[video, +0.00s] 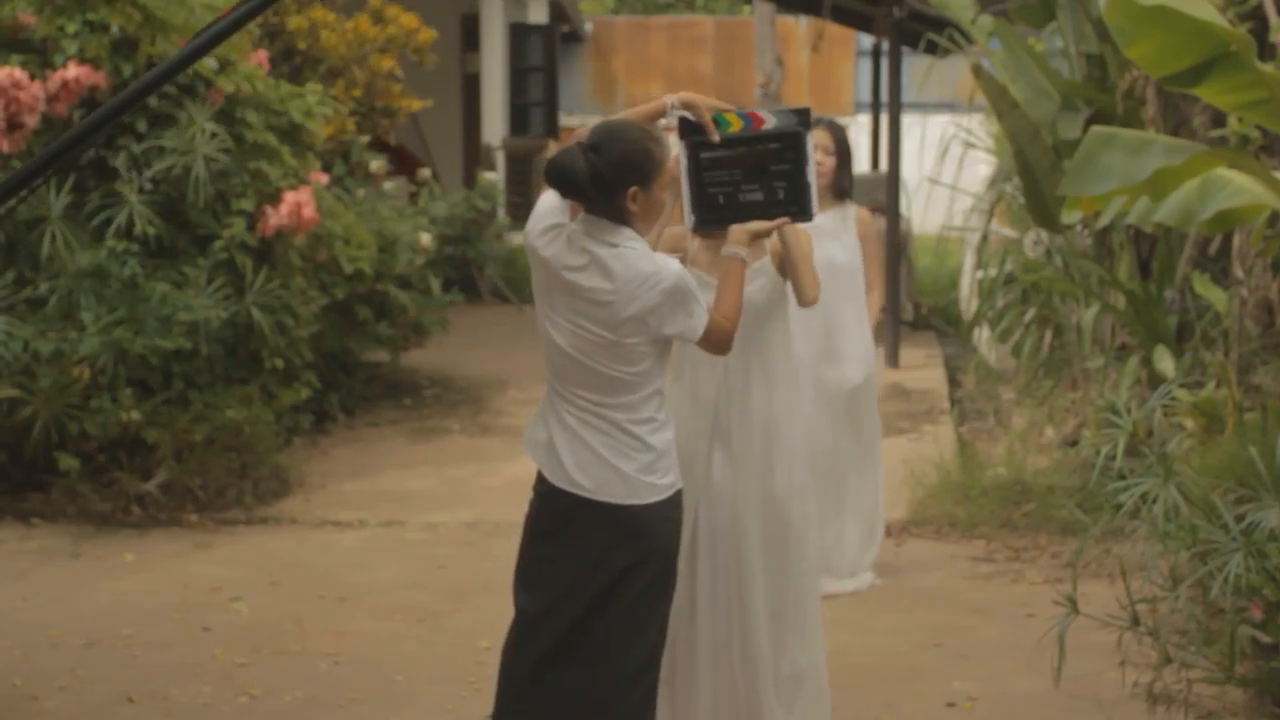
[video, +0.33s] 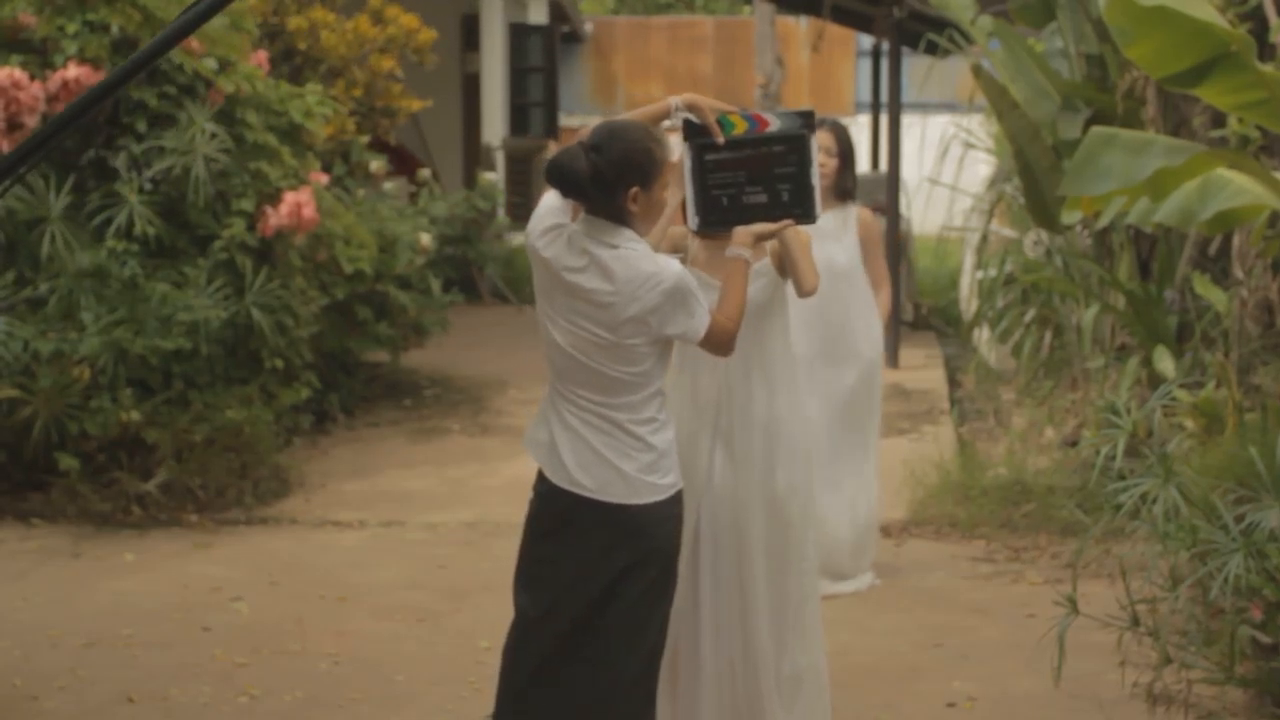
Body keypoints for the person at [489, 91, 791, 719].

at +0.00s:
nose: (672, 191)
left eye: (671, 180)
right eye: (666, 184)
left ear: (594, 192)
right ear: (634, 197)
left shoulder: (548, 232)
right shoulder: (654, 277)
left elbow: (574, 155)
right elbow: (718, 334)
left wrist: (653, 113)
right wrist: (737, 252)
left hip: (561, 480)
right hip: (638, 491)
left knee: (537, 650)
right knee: (623, 666)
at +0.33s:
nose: (671, 192)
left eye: (671, 180)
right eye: (665, 183)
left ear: (594, 194)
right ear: (634, 197)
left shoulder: (549, 233)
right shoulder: (655, 278)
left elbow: (581, 152)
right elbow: (721, 334)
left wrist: (664, 111)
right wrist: (740, 249)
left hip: (562, 481)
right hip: (640, 492)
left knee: (536, 653)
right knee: (623, 668)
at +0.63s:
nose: (668, 192)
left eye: (668, 181)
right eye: (664, 184)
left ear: (589, 190)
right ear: (634, 198)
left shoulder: (548, 234)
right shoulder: (654, 278)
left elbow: (579, 153)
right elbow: (719, 338)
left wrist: (661, 113)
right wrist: (740, 255)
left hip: (562, 481)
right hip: (640, 492)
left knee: (537, 649)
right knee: (624, 665)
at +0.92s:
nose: (665, 191)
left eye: (665, 179)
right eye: (660, 182)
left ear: (585, 189)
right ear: (632, 199)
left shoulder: (545, 235)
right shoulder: (653, 279)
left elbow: (578, 149)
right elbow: (715, 343)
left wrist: (662, 114)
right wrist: (738, 258)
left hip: (560, 484)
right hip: (638, 494)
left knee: (536, 652)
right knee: (623, 667)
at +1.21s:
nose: (664, 184)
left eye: (661, 173)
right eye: (656, 177)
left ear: (583, 192)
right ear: (627, 201)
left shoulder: (542, 237)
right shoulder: (648, 280)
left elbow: (573, 141)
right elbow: (712, 347)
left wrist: (669, 114)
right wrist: (738, 263)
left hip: (559, 483)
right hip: (637, 495)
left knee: (536, 648)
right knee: (623, 664)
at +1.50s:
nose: (661, 185)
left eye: (658, 174)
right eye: (652, 179)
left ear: (584, 195)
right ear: (622, 202)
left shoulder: (539, 239)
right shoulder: (646, 281)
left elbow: (573, 139)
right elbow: (709, 348)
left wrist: (672, 114)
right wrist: (737, 263)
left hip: (559, 485)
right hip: (637, 495)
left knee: (535, 650)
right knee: (623, 664)